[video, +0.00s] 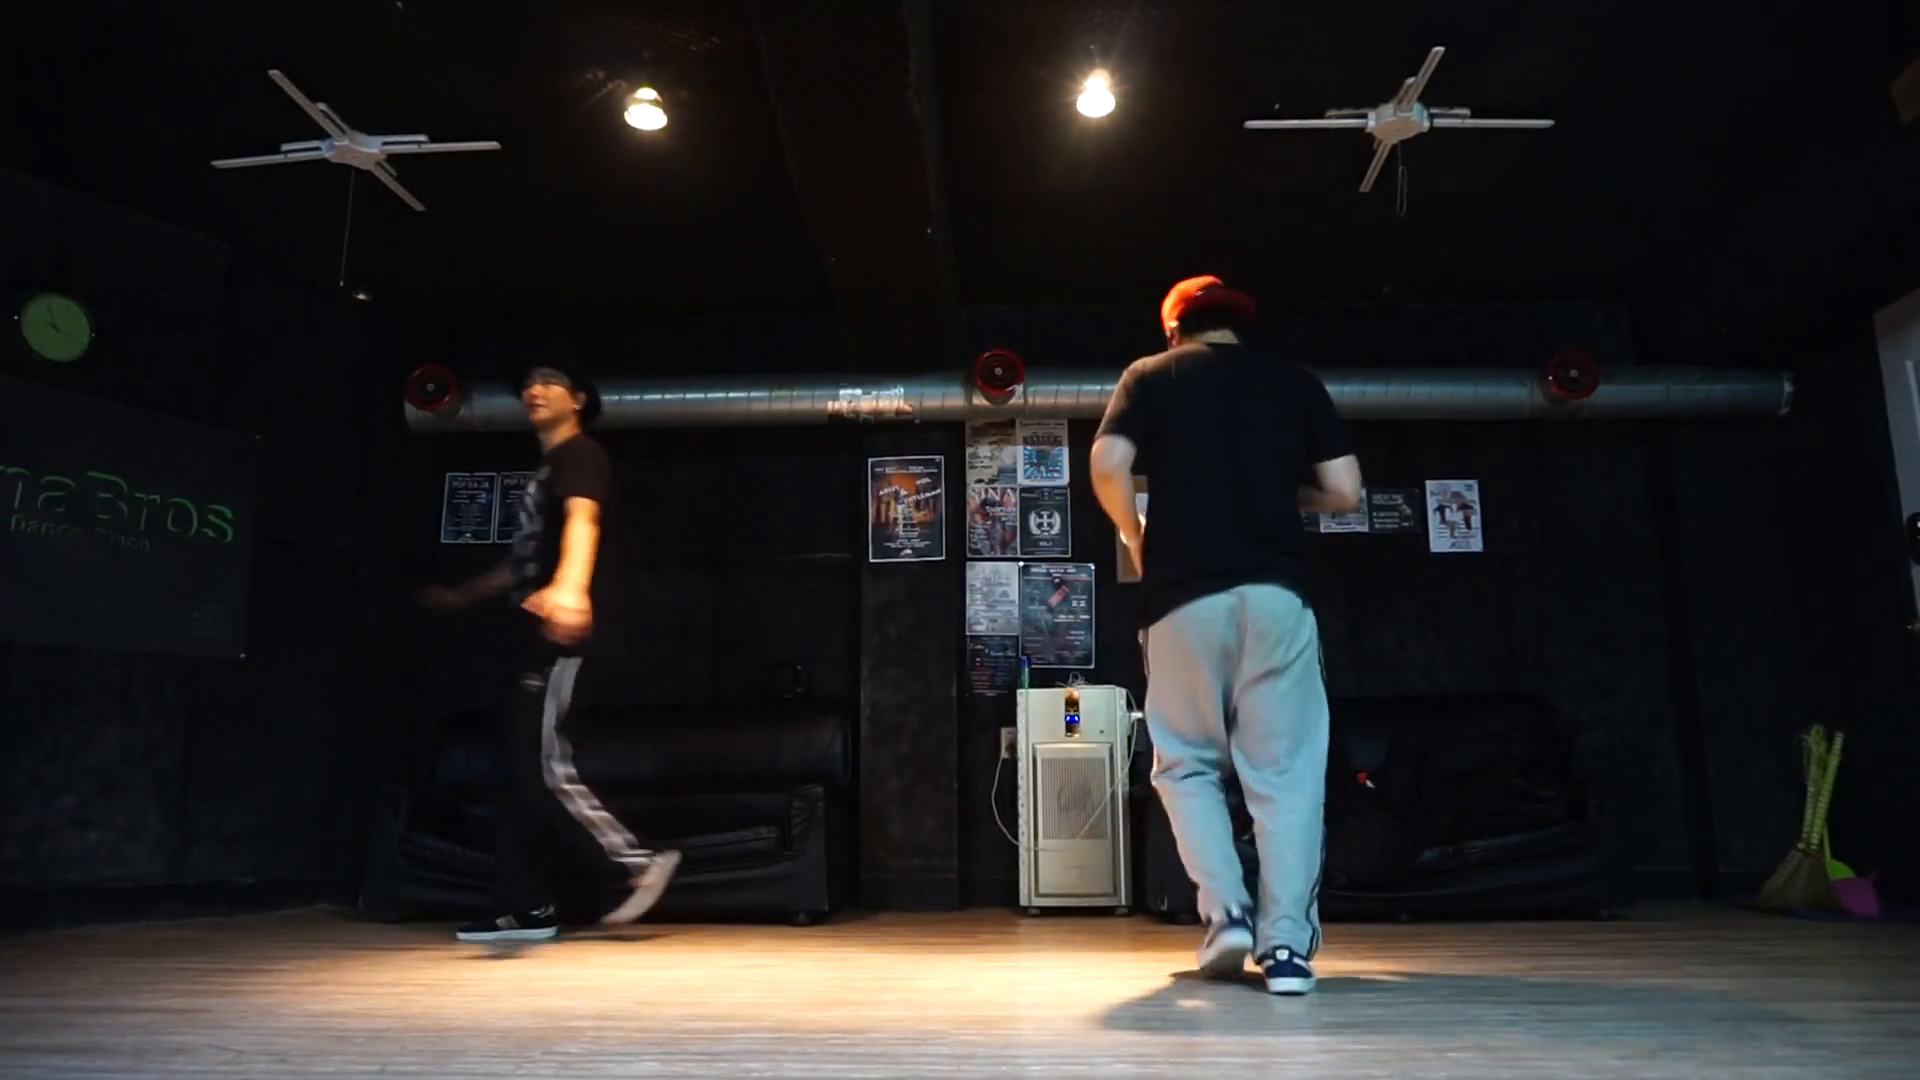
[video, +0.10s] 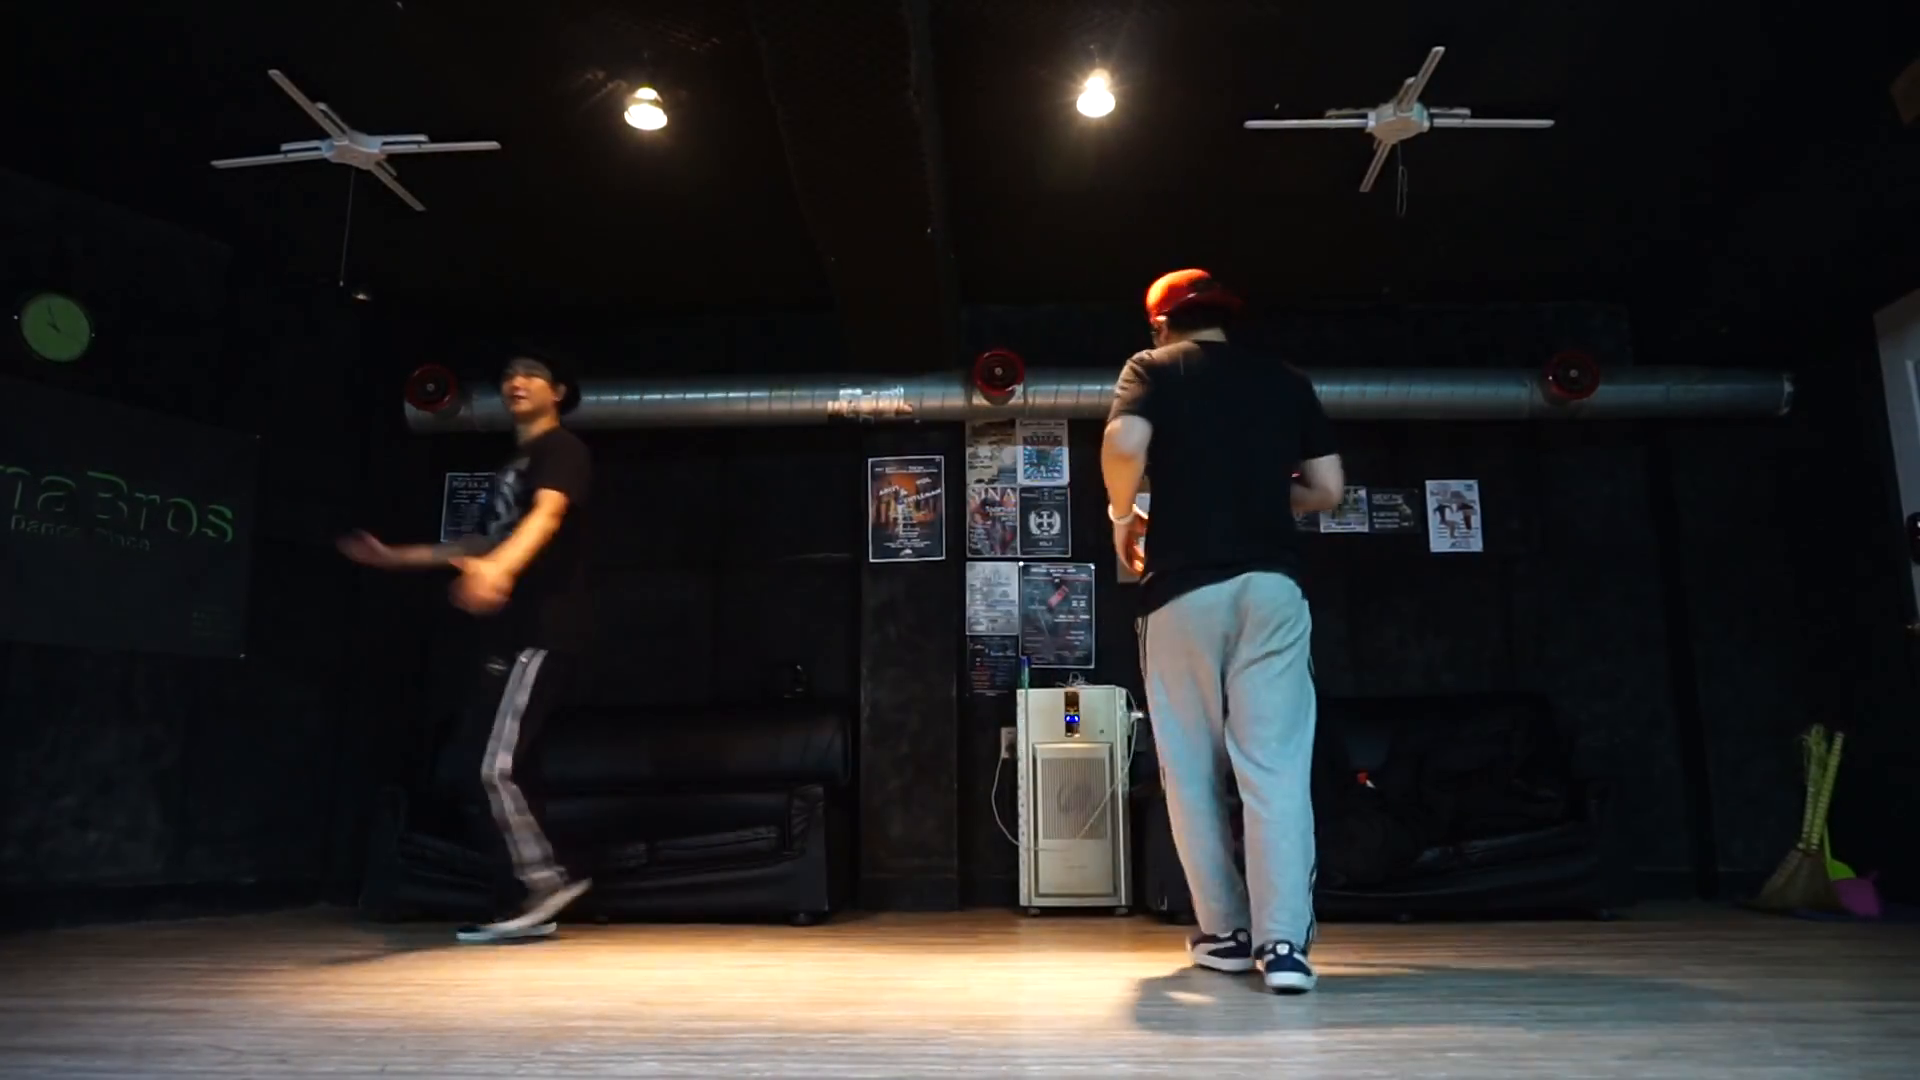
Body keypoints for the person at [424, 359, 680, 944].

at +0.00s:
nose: (534, 392)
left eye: (548, 384)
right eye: (530, 385)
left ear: (577, 401)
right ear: (526, 402)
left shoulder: (582, 456)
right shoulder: (549, 468)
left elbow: (583, 523)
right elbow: (523, 562)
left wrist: (570, 588)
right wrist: (465, 594)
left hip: (557, 628)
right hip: (531, 628)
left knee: (546, 765)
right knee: (522, 767)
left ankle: (638, 866)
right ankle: (530, 907)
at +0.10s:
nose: (515, 385)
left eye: (530, 376)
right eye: (510, 378)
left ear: (559, 394)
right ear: (505, 396)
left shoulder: (560, 451)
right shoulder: (518, 464)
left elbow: (547, 515)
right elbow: (482, 548)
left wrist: (499, 567)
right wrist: (392, 556)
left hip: (544, 631)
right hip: (517, 630)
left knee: (496, 765)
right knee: (489, 765)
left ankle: (547, 882)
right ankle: (528, 904)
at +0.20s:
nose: (497, 384)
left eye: (512, 374)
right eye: (490, 375)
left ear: (537, 389)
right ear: (481, 389)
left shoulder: (541, 449)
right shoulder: (486, 460)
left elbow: (510, 520)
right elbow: (447, 537)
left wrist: (430, 544)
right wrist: (358, 532)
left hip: (515, 634)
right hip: (484, 631)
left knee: (455, 756)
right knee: (498, 766)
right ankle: (525, 904)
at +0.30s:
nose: (470, 392)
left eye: (484, 382)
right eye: (463, 382)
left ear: (511, 394)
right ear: (450, 394)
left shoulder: (516, 458)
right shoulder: (454, 466)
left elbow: (472, 534)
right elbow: (429, 536)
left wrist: (368, 535)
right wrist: (357, 531)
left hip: (489, 643)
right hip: (452, 640)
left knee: (424, 769)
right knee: (484, 774)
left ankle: (336, 910)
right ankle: (528, 907)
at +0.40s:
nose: (440, 394)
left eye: (455, 384)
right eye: (431, 382)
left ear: (479, 395)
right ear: (417, 391)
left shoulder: (484, 463)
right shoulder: (419, 464)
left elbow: (443, 551)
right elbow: (392, 539)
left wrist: (345, 555)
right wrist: (334, 549)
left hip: (449, 646)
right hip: (412, 642)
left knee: (385, 772)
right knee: (445, 776)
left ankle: (311, 916)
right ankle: (519, 898)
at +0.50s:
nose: (410, 383)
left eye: (425, 374)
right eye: (402, 371)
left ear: (451, 385)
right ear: (388, 378)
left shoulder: (455, 456)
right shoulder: (384, 453)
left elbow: (432, 550)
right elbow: (352, 528)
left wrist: (344, 607)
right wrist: (313, 586)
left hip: (422, 639)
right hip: (378, 633)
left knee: (358, 768)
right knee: (384, 767)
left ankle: (305, 915)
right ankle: (472, 862)